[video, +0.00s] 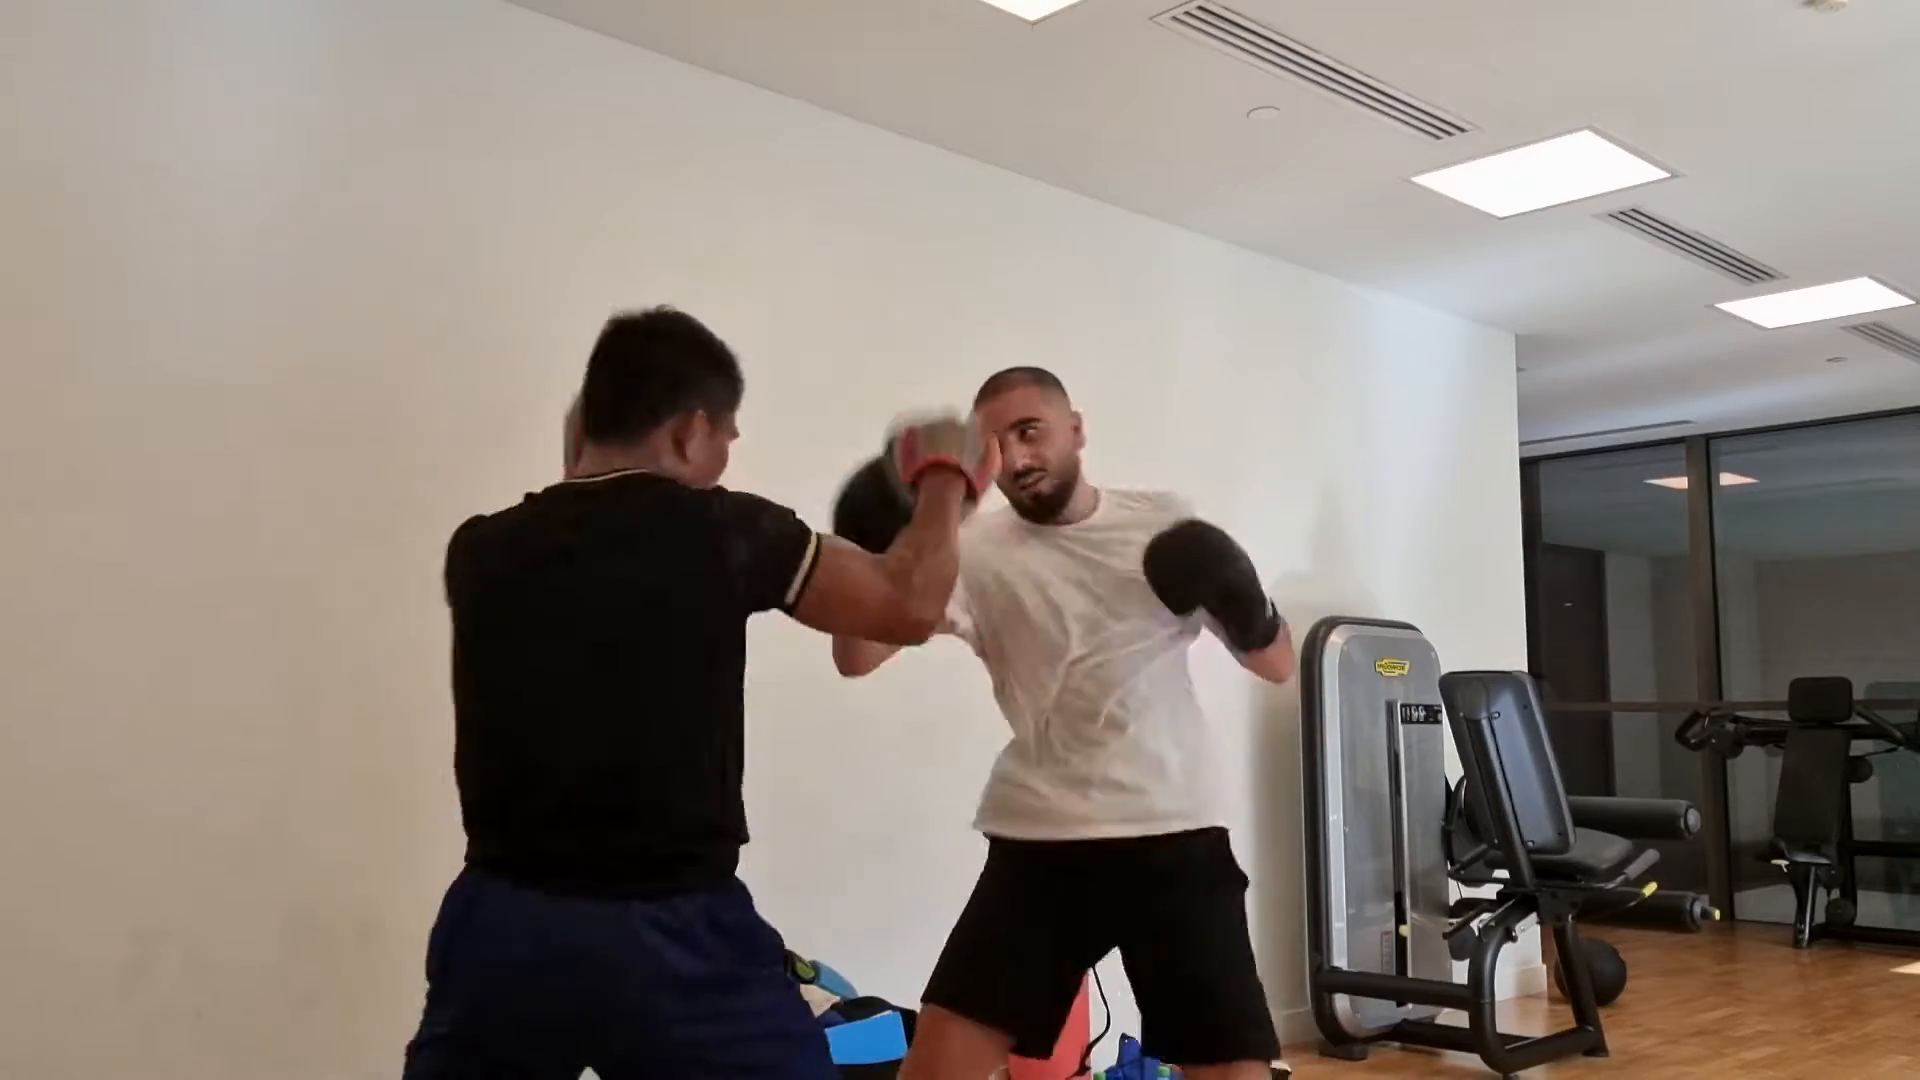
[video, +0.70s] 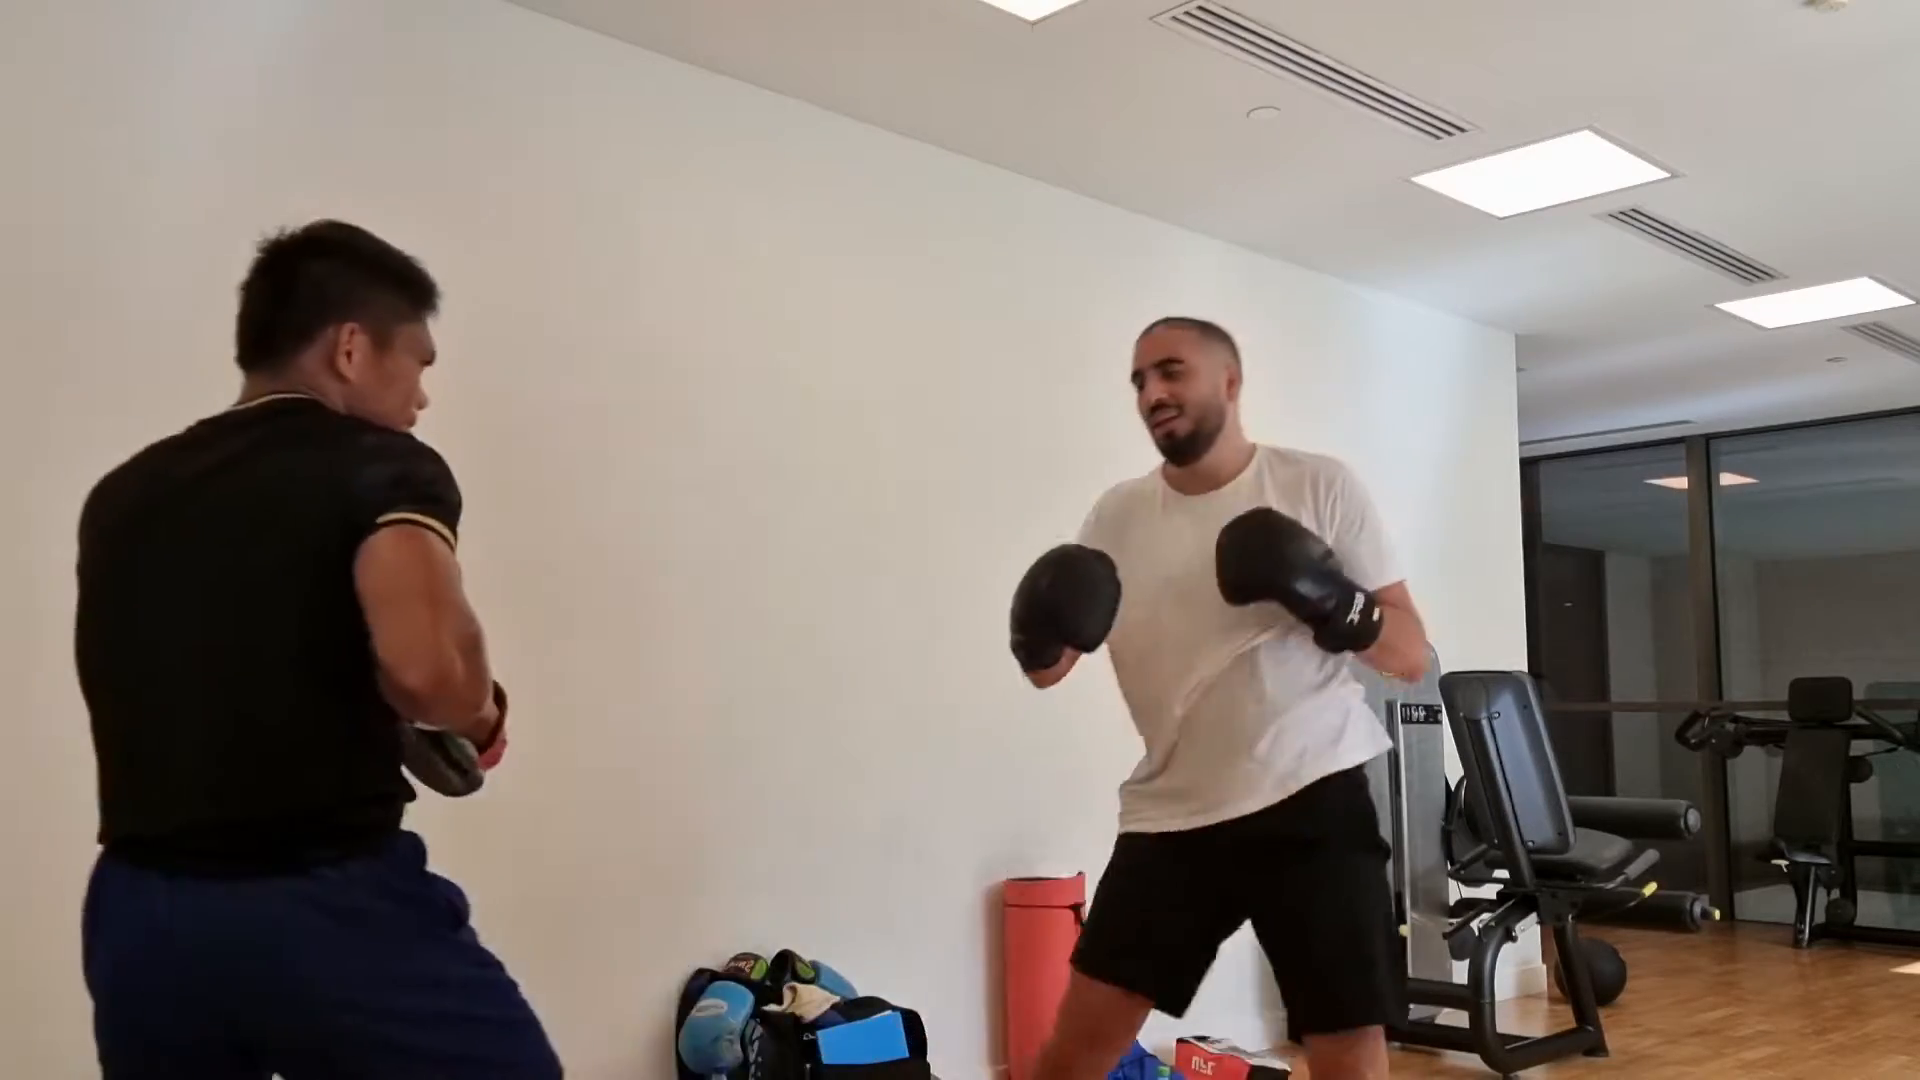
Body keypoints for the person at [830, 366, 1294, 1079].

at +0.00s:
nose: (1016, 455)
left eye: (1030, 430)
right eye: (995, 441)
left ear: (1076, 430)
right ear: (982, 460)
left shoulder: (1162, 526)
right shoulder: (970, 551)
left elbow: (1278, 666)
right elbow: (856, 655)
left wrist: (1240, 601)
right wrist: (863, 544)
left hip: (1178, 846)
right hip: (1038, 850)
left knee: (1236, 1069)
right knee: (941, 1064)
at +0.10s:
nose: (942, 469)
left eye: (956, 443)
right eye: (924, 457)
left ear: (1008, 434)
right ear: (920, 471)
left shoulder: (1078, 491)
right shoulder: (957, 580)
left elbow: (1202, 540)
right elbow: (955, 752)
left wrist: (1047, 482)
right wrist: (939, 674)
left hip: (1160, 834)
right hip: (1027, 850)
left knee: (1248, 1070)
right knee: (911, 1058)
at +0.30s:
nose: (916, 480)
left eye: (924, 454)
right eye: (902, 471)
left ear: (981, 431)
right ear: (904, 484)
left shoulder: (1068, 481)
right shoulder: (973, 575)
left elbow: (1165, 594)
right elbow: (970, 742)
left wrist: (1033, 607)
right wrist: (938, 648)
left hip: (1147, 785)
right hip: (1027, 824)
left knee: (1212, 1051)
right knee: (937, 1045)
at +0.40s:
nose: (954, 453)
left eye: (967, 427)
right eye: (943, 441)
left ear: (1030, 416)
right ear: (943, 456)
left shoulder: (1138, 494)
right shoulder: (982, 556)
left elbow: (1254, 629)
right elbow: (946, 716)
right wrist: (944, 606)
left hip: (1160, 806)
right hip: (1031, 831)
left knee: (1223, 1061)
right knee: (937, 1054)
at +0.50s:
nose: (1019, 432)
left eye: (1036, 408)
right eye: (1009, 418)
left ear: (1097, 407)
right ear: (1007, 434)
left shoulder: (1204, 501)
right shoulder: (1014, 549)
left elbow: (1310, 642)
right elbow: (961, 702)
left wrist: (1260, 647)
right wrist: (970, 597)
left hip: (1199, 814)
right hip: (1060, 831)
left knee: (1255, 1062)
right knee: (966, 1051)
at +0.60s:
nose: (1090, 414)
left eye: (1108, 391)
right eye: (1080, 402)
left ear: (1170, 394)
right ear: (1075, 419)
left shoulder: (1269, 499)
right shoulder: (1062, 540)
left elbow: (1357, 662)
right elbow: (1010, 689)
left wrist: (1294, 631)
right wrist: (1004, 612)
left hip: (1261, 804)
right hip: (1121, 824)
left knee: (1312, 1049)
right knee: (1036, 1031)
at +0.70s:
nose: (1151, 393)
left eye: (1171, 371)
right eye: (1139, 380)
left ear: (1229, 379)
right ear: (1134, 400)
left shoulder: (1319, 486)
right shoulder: (1115, 516)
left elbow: (1412, 655)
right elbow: (1047, 669)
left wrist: (1332, 601)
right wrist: (1042, 626)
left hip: (1312, 804)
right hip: (1170, 819)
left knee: (1349, 1062)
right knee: (1072, 1056)